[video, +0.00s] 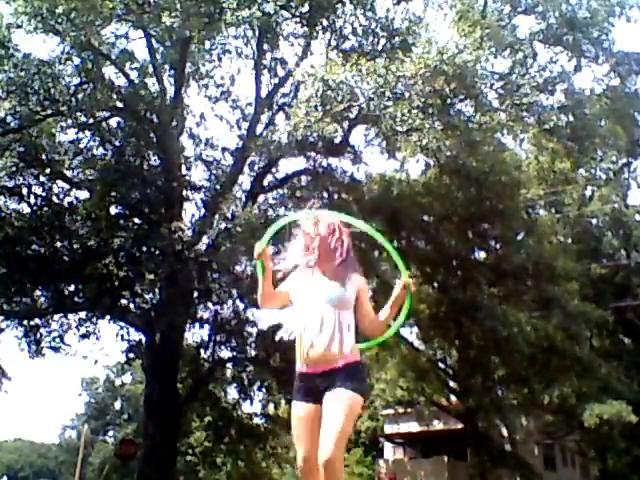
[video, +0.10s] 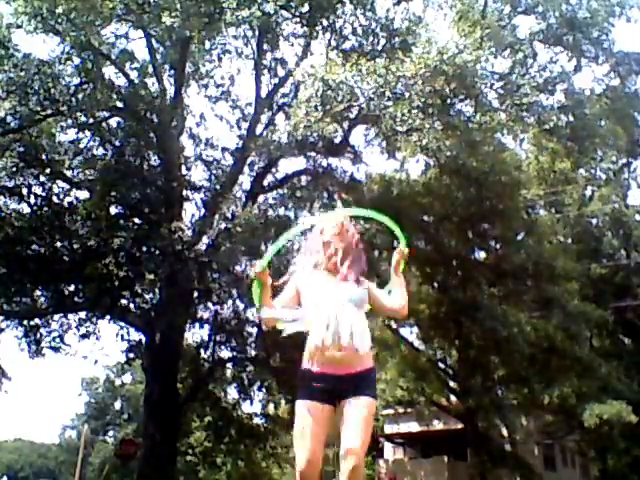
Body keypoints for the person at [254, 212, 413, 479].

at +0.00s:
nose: (306, 242)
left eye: (312, 235)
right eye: (304, 235)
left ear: (333, 241)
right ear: (302, 239)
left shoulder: (354, 281)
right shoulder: (300, 277)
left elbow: (372, 329)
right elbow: (267, 302)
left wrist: (397, 298)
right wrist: (266, 267)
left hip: (345, 375)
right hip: (306, 378)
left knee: (328, 459)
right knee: (304, 462)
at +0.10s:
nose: (337, 240)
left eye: (344, 233)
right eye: (332, 233)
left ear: (353, 243)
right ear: (320, 240)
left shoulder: (360, 286)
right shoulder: (304, 279)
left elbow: (399, 309)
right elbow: (269, 318)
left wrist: (397, 271)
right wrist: (264, 284)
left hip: (360, 378)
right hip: (315, 378)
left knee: (353, 460)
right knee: (306, 466)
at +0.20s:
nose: (359, 246)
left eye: (362, 241)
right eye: (352, 240)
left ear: (364, 245)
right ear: (332, 243)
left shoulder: (365, 281)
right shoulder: (316, 277)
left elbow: (392, 278)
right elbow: (279, 312)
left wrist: (387, 249)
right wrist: (278, 304)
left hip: (363, 380)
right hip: (324, 377)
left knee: (361, 463)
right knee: (343, 457)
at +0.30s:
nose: (377, 253)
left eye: (380, 247)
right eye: (373, 244)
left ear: (379, 250)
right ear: (355, 242)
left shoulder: (372, 277)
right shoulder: (330, 273)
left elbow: (387, 267)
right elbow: (276, 282)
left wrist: (410, 263)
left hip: (365, 378)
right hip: (336, 372)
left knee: (354, 462)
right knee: (370, 454)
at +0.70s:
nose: (395, 245)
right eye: (391, 240)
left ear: (351, 243)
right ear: (385, 241)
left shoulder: (335, 269)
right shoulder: (394, 261)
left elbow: (329, 312)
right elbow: (441, 245)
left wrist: (300, 315)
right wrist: (416, 226)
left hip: (335, 365)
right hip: (380, 365)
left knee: (335, 459)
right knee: (381, 461)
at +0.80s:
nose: (346, 245)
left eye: (349, 240)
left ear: (352, 242)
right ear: (386, 245)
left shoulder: (344, 266)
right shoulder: (397, 275)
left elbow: (307, 303)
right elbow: (432, 305)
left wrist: (297, 263)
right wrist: (434, 274)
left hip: (337, 360)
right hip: (380, 365)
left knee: (328, 460)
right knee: (381, 464)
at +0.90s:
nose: (341, 249)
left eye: (344, 244)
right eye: (342, 245)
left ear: (354, 244)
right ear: (381, 248)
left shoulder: (349, 261)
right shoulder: (391, 290)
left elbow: (306, 252)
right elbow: (403, 343)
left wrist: (317, 229)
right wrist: (376, 325)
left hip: (345, 363)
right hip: (379, 370)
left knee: (332, 463)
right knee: (349, 463)